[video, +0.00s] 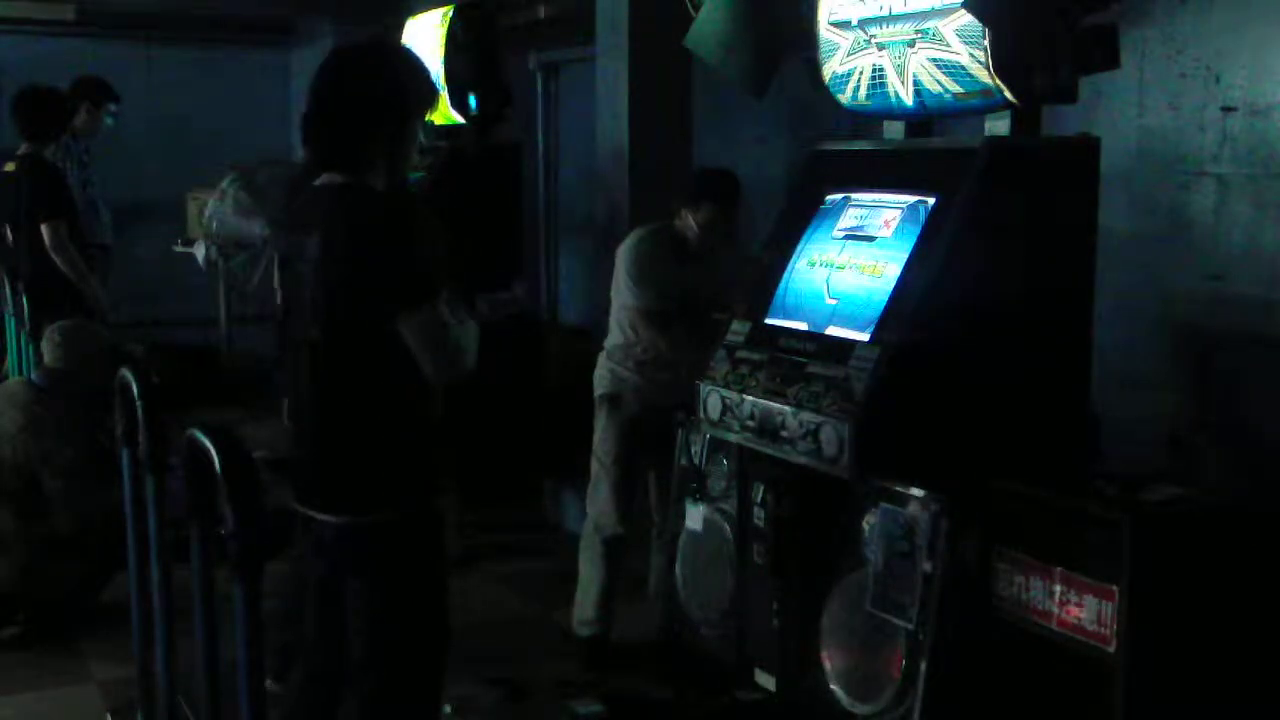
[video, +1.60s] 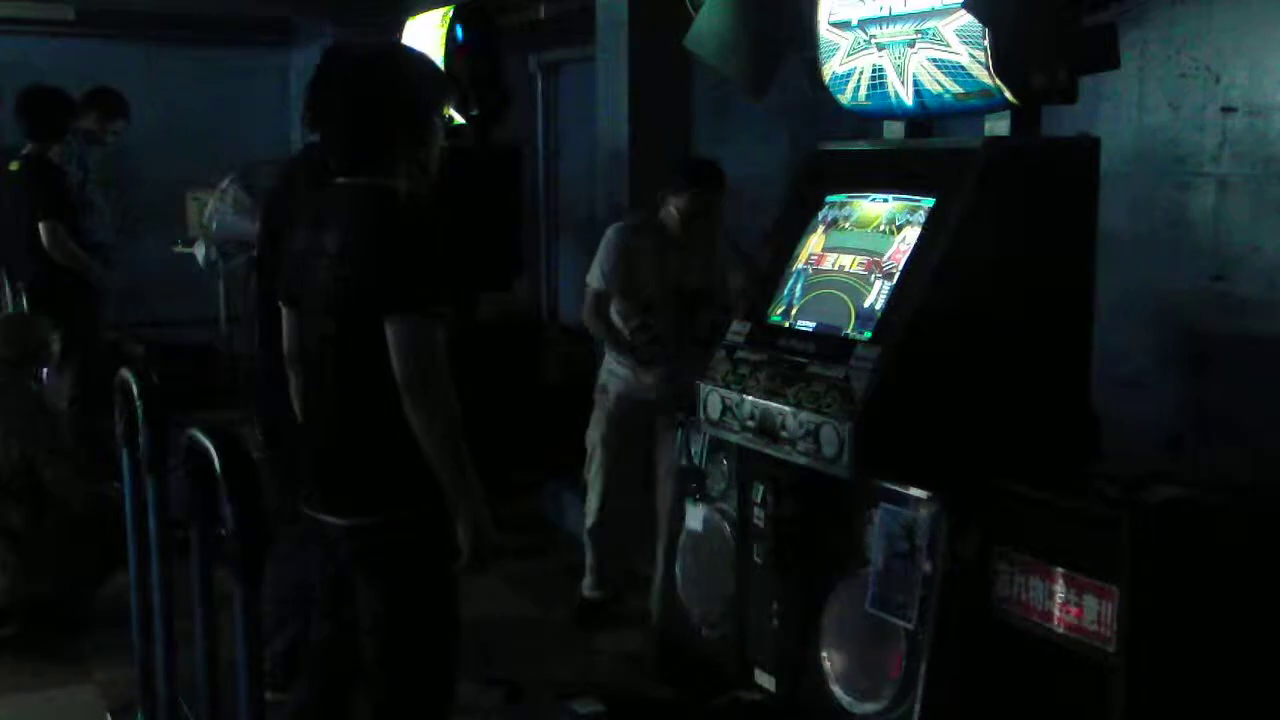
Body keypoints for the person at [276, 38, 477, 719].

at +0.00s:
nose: (419, 138)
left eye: (419, 120)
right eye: (414, 119)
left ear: (326, 114)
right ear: (388, 121)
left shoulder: (301, 208)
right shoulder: (387, 216)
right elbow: (443, 357)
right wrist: (465, 317)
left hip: (318, 467)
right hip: (387, 476)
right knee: (399, 662)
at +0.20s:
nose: (423, 136)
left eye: (423, 118)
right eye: (417, 118)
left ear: (332, 114)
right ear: (386, 120)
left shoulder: (302, 207)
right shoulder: (384, 215)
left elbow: (287, 328)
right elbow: (417, 358)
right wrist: (482, 414)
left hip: (320, 461)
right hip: (385, 472)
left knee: (329, 644)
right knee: (402, 659)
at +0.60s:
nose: (431, 137)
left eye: (431, 119)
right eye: (423, 120)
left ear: (335, 116)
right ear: (394, 125)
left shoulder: (306, 203)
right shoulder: (391, 220)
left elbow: (276, 344)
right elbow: (408, 375)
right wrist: (456, 501)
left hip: (319, 474)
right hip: (385, 487)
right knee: (401, 666)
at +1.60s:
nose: (441, 135)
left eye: (440, 117)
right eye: (433, 117)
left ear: (330, 118)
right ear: (397, 121)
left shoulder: (300, 198)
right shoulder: (398, 214)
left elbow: (292, 346)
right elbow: (414, 369)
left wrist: (310, 430)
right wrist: (465, 495)